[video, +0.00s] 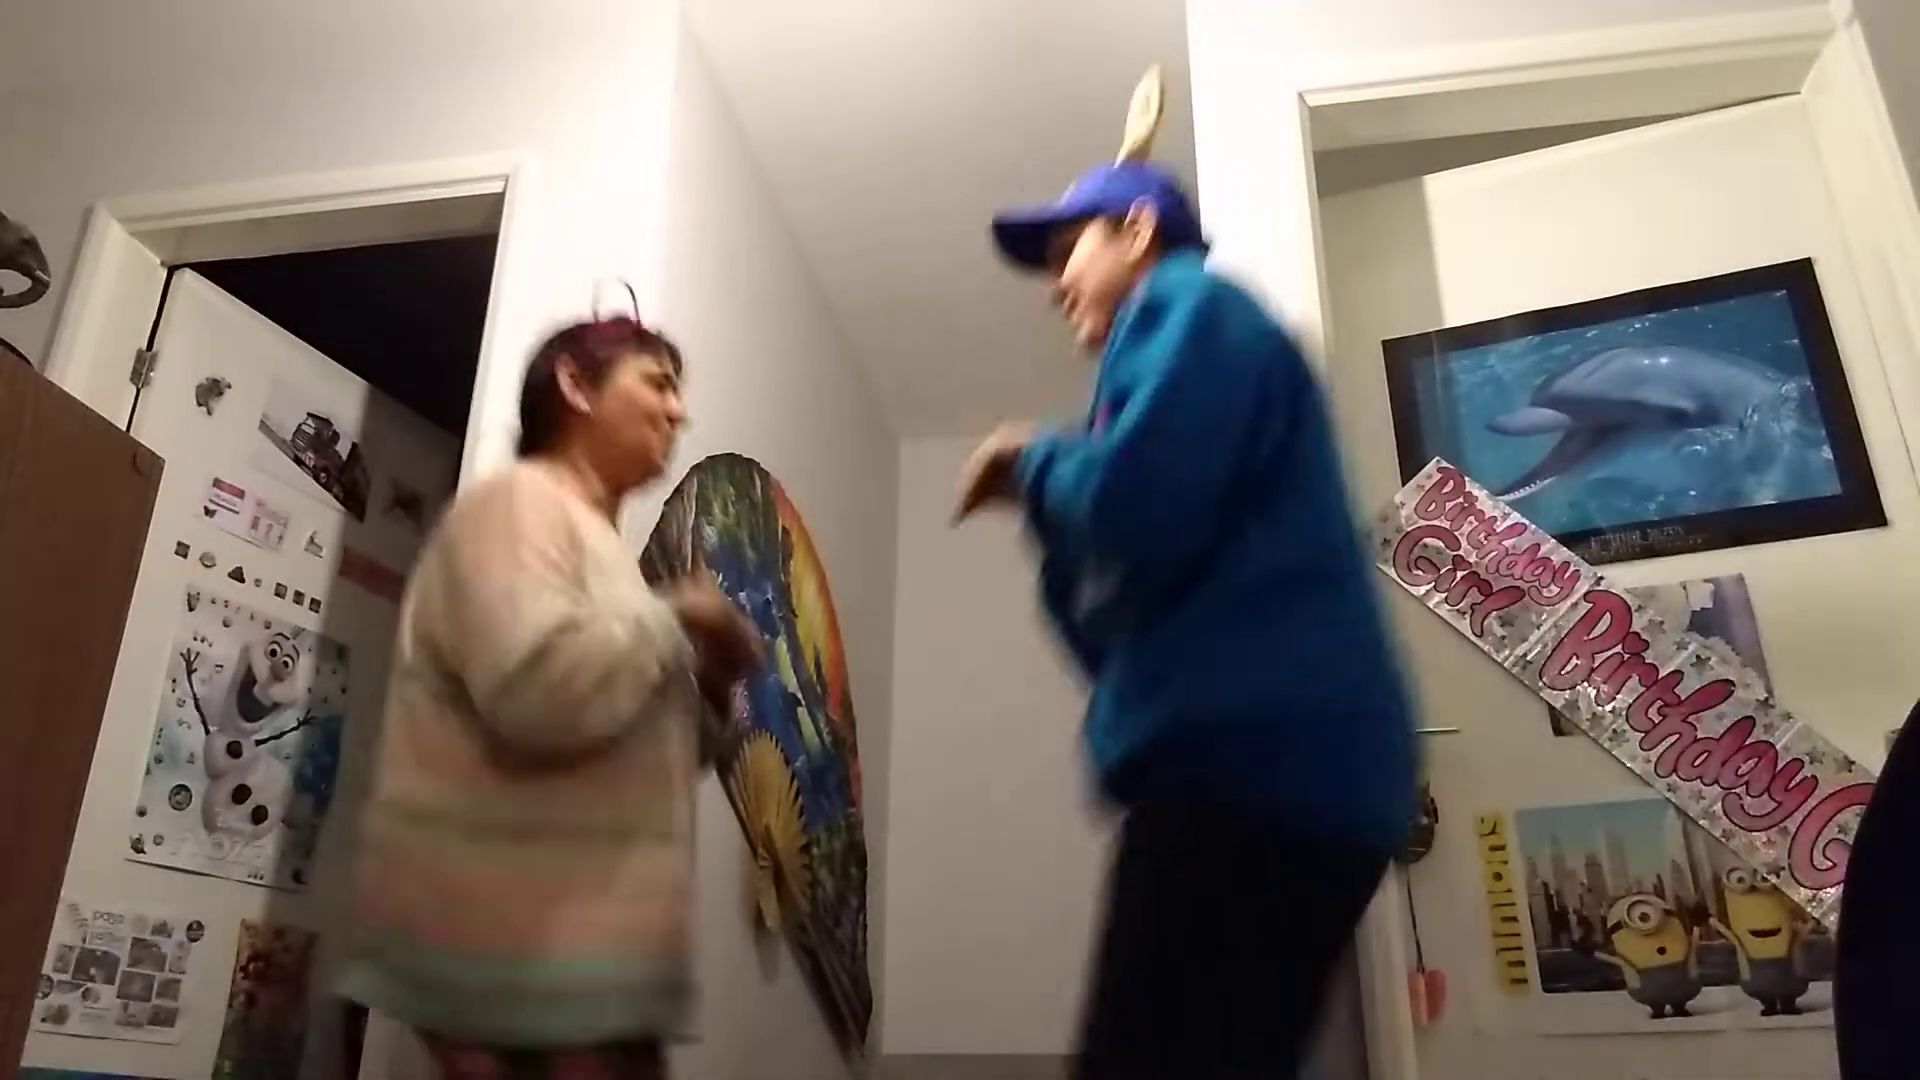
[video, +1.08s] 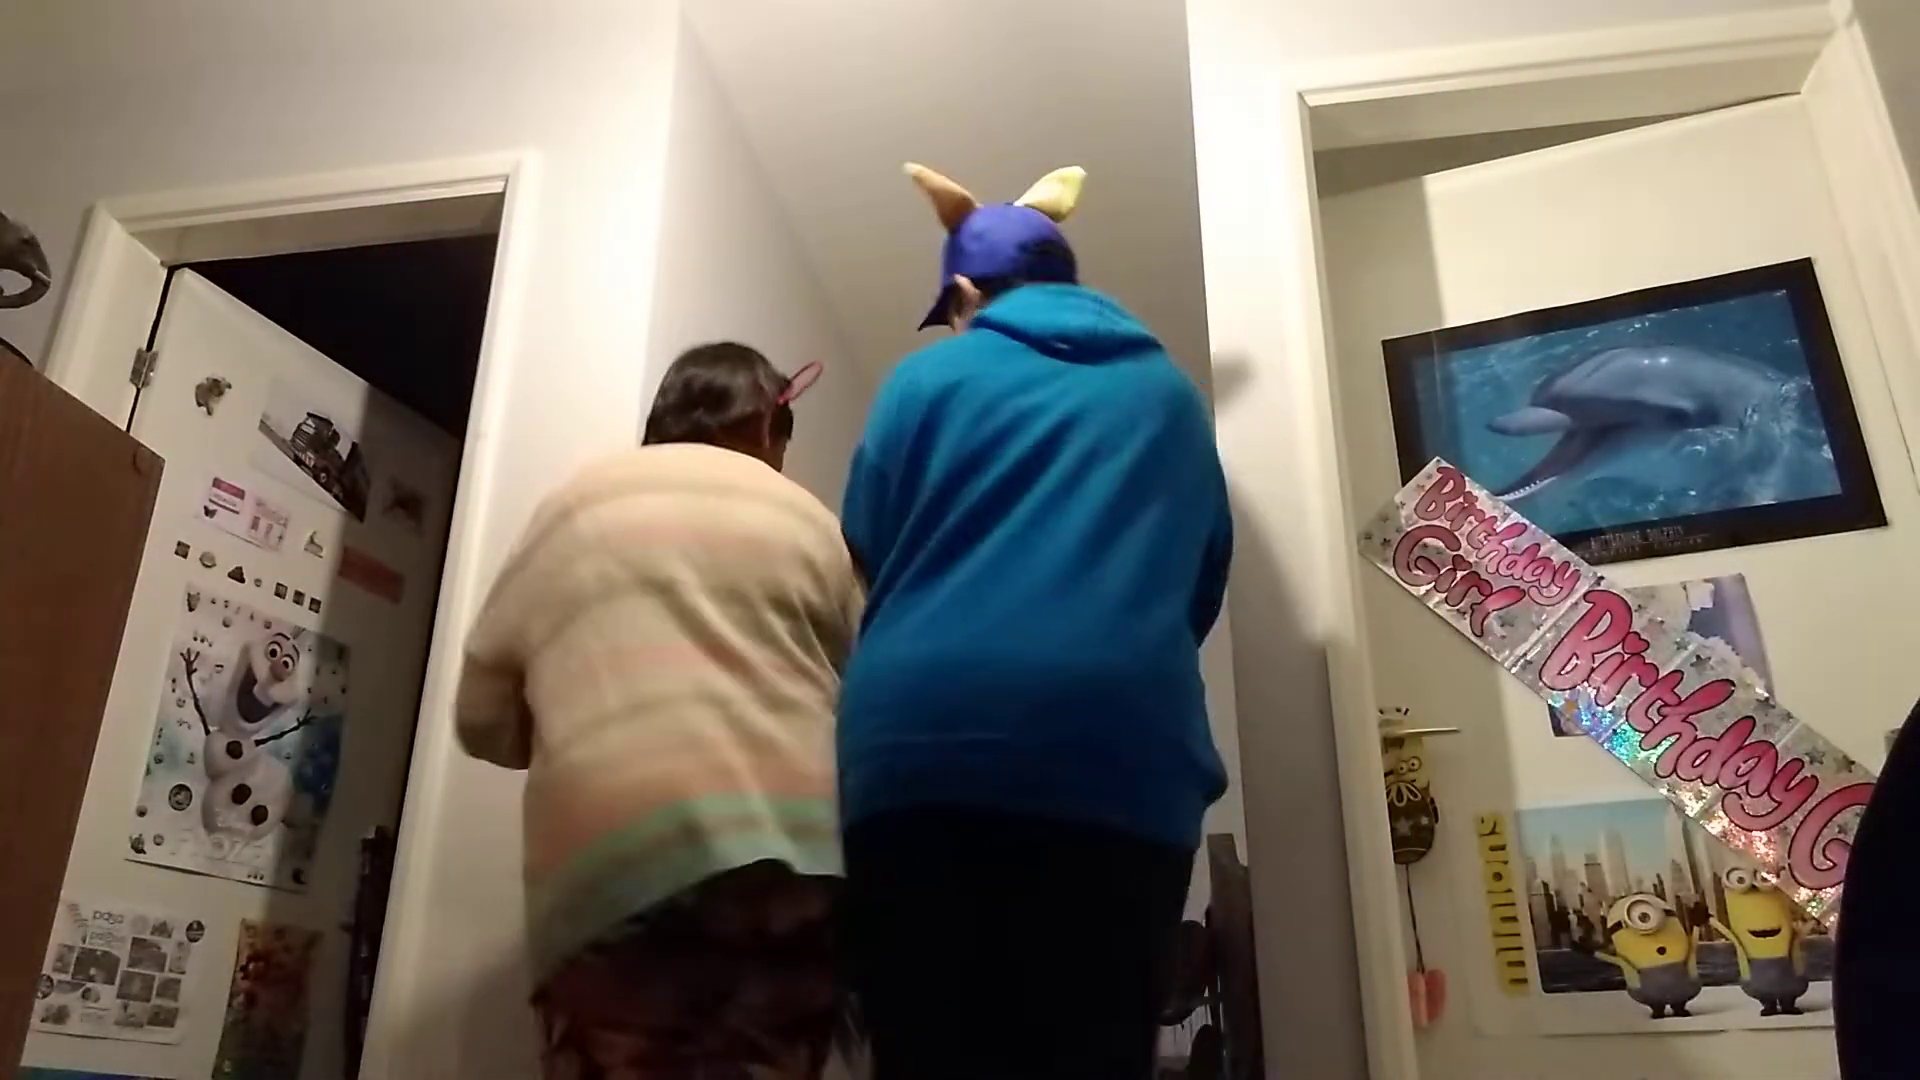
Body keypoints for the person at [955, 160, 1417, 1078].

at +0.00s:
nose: (1055, 282)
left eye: (1068, 249)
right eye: (1051, 263)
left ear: (1137, 229)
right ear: (1138, 241)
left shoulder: (1197, 307)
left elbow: (1137, 507)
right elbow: (1107, 640)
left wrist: (1033, 456)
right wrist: (1048, 498)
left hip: (1254, 769)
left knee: (1147, 1056)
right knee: (1205, 1058)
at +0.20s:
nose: (1030, 256)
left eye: (1039, 227)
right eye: (1025, 239)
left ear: (1102, 196)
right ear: (1105, 205)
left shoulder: (1155, 257)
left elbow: (1019, 427)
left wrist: (983, 369)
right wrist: (1007, 368)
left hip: (1142, 705)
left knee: (1082, 1025)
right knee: (1117, 1024)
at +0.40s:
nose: (959, 288)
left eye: (969, 255)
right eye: (958, 265)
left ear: (1022, 229)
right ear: (1049, 234)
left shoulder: (1066, 301)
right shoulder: (1139, 314)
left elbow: (972, 493)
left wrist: (913, 428)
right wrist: (922, 441)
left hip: (1089, 755)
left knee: (1018, 1043)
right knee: (1130, 1044)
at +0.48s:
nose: (940, 320)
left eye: (950, 289)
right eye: (940, 297)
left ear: (1001, 272)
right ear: (1033, 277)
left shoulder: (1042, 346)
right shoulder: (1128, 389)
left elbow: (933, 561)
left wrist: (905, 486)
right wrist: (899, 484)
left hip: (1077, 792)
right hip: (1211, 804)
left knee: (984, 1054)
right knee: (1130, 1055)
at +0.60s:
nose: (939, 314)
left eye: (944, 289)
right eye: (938, 295)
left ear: (989, 267)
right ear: (1074, 275)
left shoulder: (994, 339)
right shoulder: (1162, 409)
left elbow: (885, 566)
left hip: (1021, 787)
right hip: (1192, 806)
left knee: (972, 1052)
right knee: (1137, 1057)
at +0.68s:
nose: (944, 293)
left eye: (949, 274)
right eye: (945, 278)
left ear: (989, 258)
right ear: (1080, 264)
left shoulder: (953, 338)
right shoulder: (1172, 392)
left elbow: (872, 561)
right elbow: (1177, 556)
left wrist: (977, 608)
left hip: (997, 761)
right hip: (1187, 773)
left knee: (973, 1051)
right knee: (1150, 1054)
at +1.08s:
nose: (941, 324)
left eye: (943, 309)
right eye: (942, 312)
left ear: (965, 294)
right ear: (1071, 286)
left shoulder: (923, 377)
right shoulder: (1173, 394)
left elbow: (868, 541)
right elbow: (1203, 586)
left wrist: (938, 630)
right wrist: (1126, 667)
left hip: (917, 759)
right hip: (1129, 770)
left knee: (931, 1042)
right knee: (1098, 1046)